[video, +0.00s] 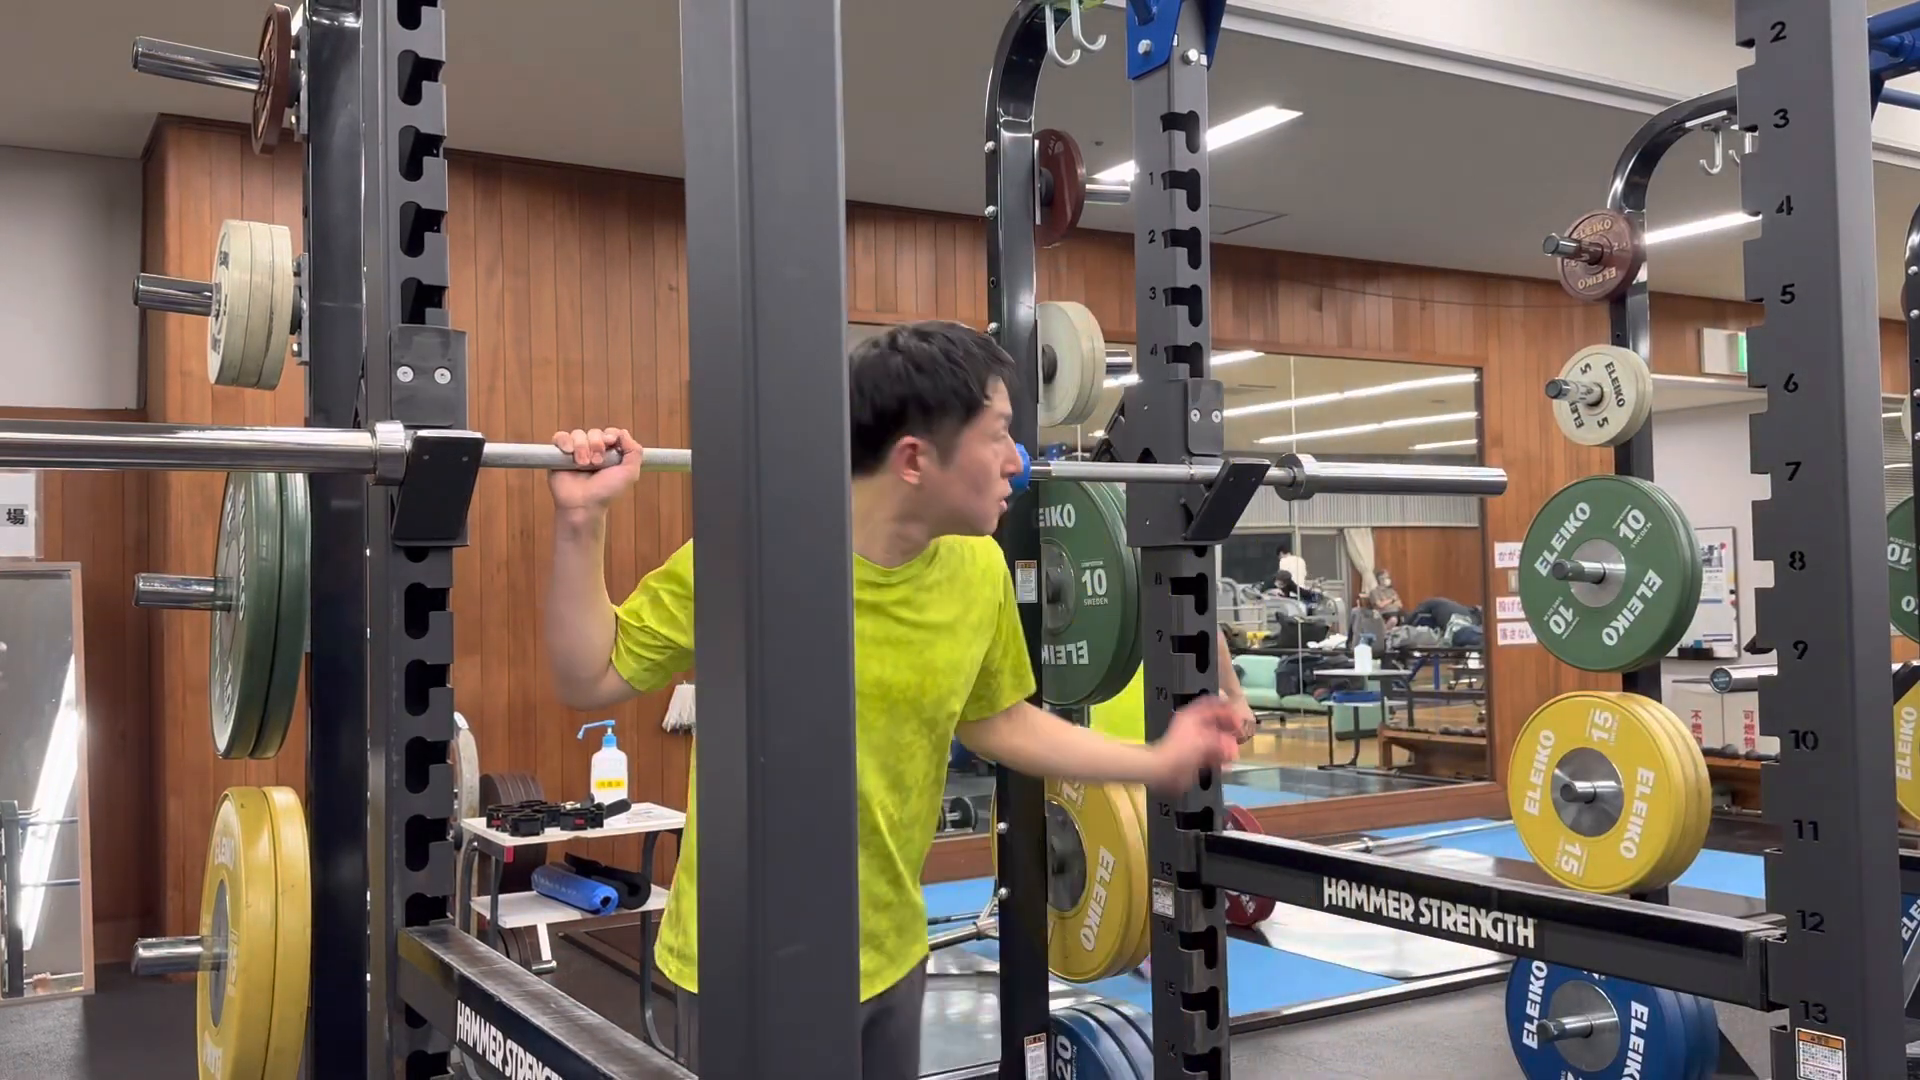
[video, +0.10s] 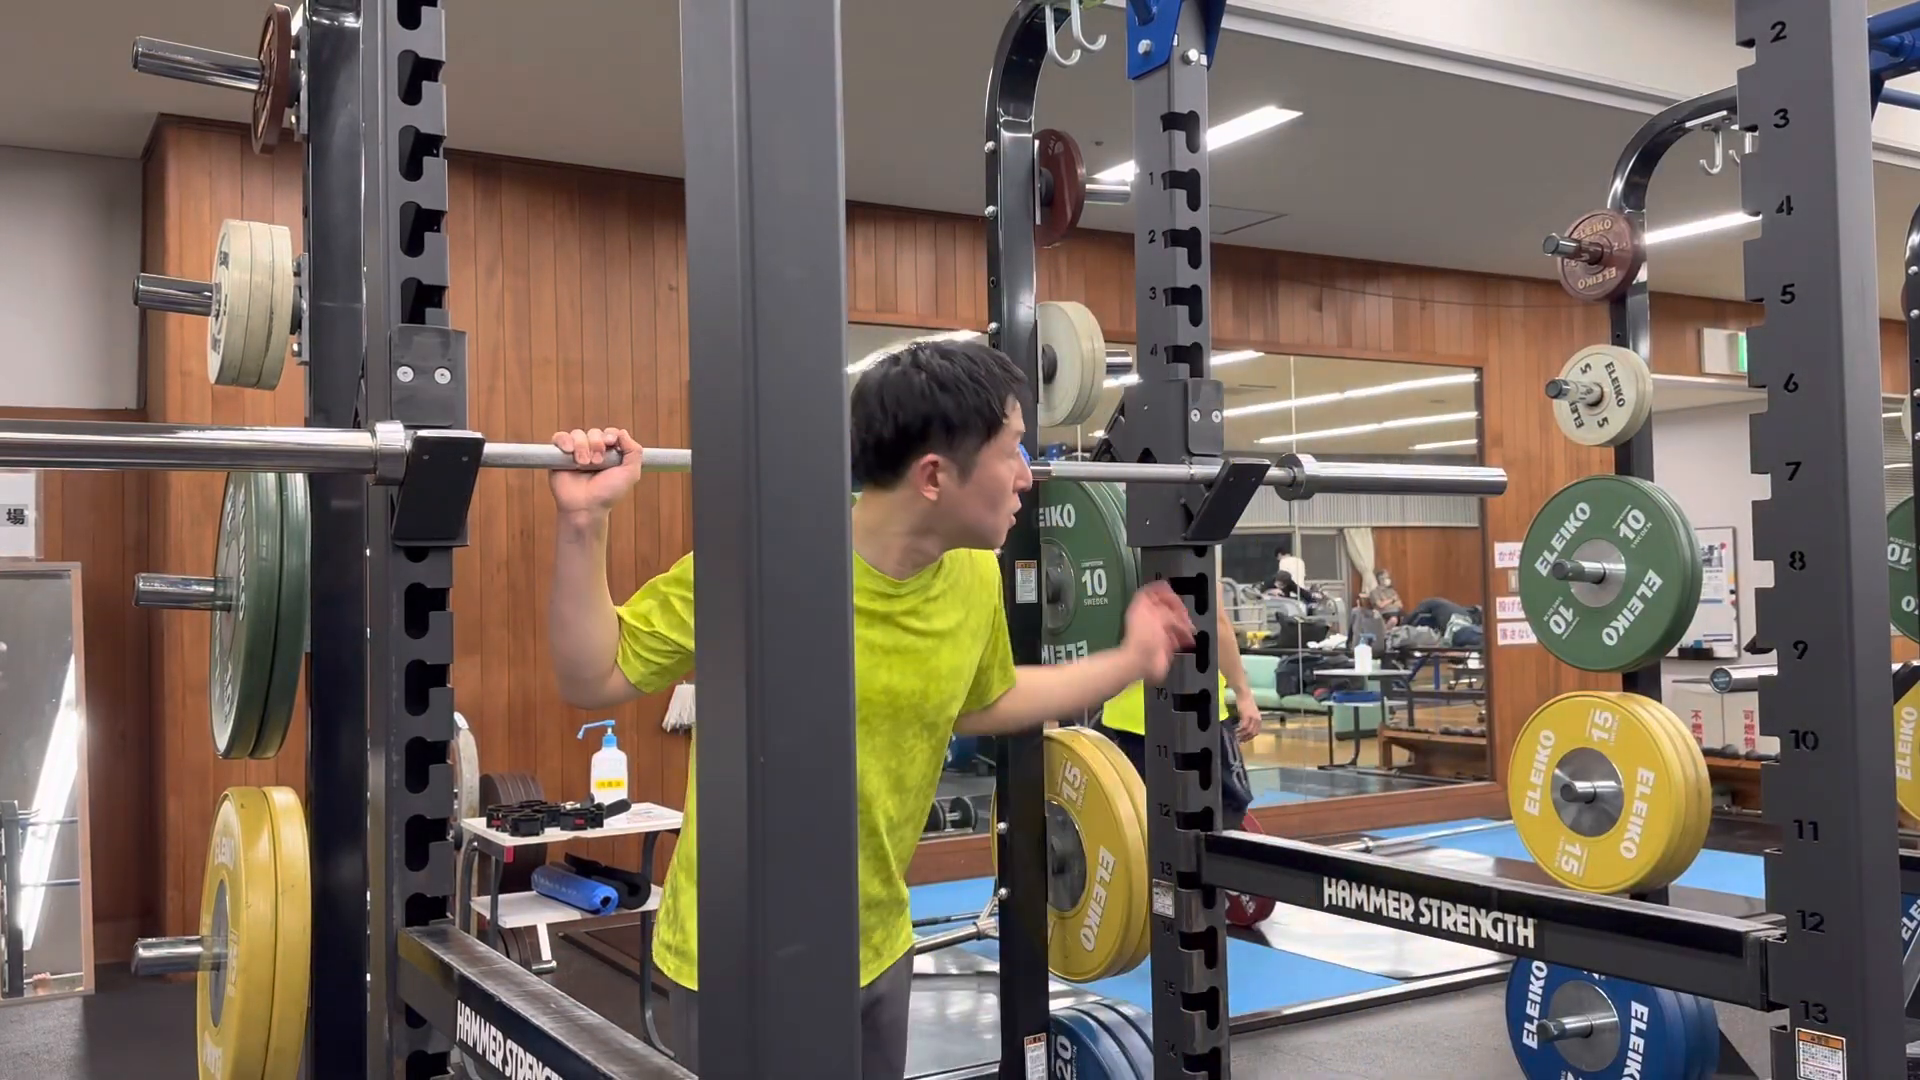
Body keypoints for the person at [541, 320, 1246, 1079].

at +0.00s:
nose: (1016, 458)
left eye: (1010, 434)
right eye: (997, 435)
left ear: (924, 458)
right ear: (914, 458)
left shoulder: (974, 570)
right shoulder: (750, 553)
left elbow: (998, 718)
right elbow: (590, 676)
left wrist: (1154, 763)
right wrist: (578, 525)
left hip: (884, 966)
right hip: (736, 974)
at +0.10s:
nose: (1028, 476)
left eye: (1023, 451)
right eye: (1012, 451)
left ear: (939, 476)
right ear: (934, 474)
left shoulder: (974, 581)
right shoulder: (769, 560)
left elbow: (981, 703)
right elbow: (594, 678)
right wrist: (580, 523)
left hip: (874, 957)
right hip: (732, 965)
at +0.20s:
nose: (1031, 482)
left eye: (1027, 457)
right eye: (1016, 458)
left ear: (946, 486)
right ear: (942, 484)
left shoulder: (970, 577)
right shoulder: (767, 563)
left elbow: (975, 689)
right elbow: (594, 680)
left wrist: (1106, 616)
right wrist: (580, 525)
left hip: (872, 950)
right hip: (730, 961)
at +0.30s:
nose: (1027, 482)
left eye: (1025, 460)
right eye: (1015, 462)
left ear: (948, 483)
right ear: (946, 482)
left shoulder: (967, 571)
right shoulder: (771, 560)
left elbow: (968, 675)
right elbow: (594, 678)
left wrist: (1081, 570)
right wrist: (583, 523)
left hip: (868, 949)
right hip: (730, 956)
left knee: (872, 1072)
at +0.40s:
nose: (1025, 477)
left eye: (1022, 455)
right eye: (1011, 458)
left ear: (943, 481)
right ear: (941, 481)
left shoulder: (963, 566)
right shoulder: (770, 561)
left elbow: (976, 665)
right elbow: (594, 679)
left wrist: (1076, 549)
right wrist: (584, 525)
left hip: (871, 956)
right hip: (736, 960)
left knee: (876, 1072)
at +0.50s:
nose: (1026, 476)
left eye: (1022, 453)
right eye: (1011, 457)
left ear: (941, 486)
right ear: (938, 484)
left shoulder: (965, 569)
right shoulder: (770, 561)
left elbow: (994, 648)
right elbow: (595, 675)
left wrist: (1102, 538)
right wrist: (581, 527)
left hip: (875, 952)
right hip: (742, 959)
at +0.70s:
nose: (1029, 469)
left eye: (1025, 446)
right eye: (1015, 448)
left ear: (952, 472)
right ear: (944, 469)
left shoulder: (972, 563)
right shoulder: (773, 558)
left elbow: (1017, 646)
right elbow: (603, 682)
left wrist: (1127, 538)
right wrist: (583, 524)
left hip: (885, 957)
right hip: (752, 965)